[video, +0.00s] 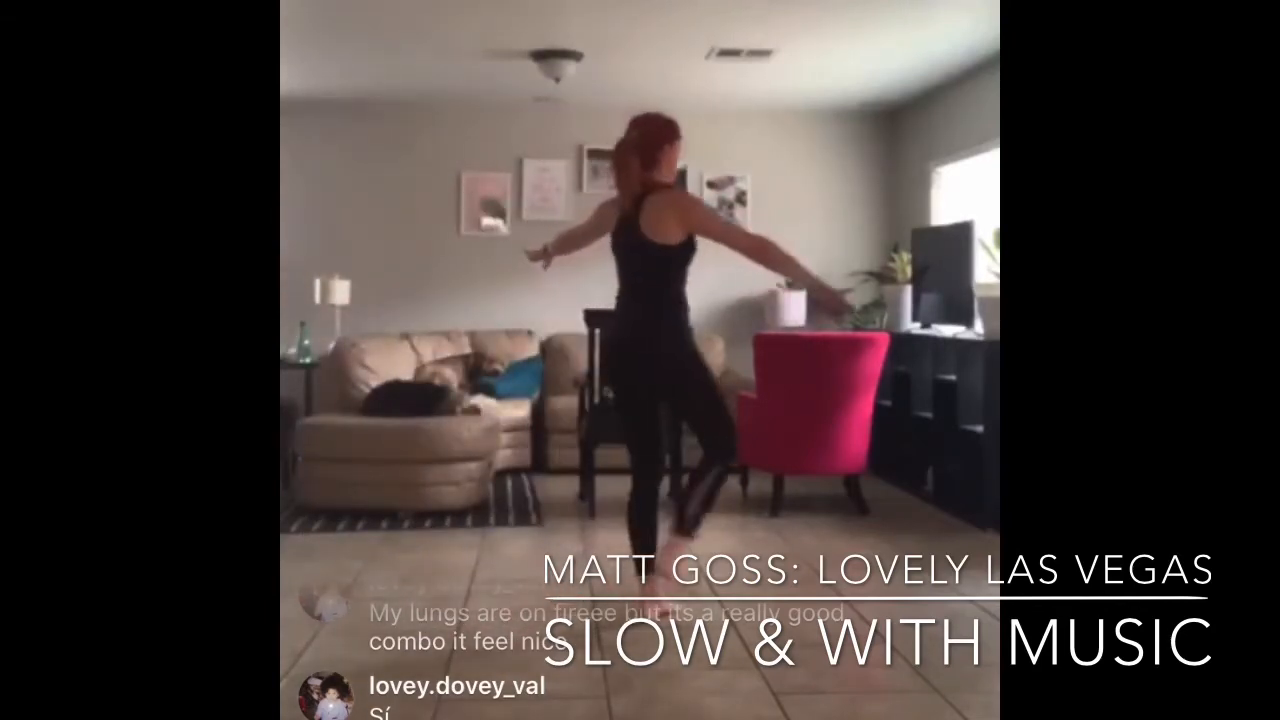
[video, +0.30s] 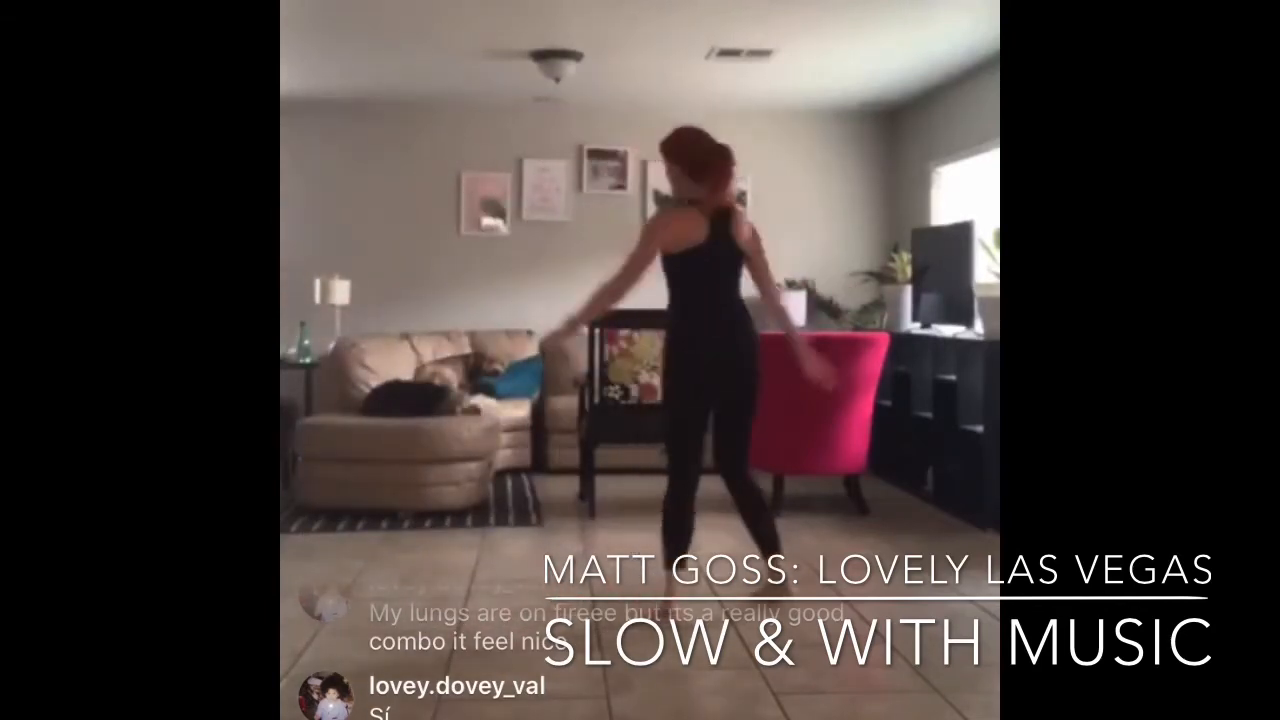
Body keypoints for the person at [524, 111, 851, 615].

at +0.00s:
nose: (680, 156)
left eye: (678, 147)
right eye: (676, 148)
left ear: (637, 154)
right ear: (661, 153)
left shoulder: (619, 206)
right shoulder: (679, 204)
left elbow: (578, 237)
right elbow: (754, 247)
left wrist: (547, 251)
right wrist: (817, 286)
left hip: (624, 348)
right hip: (667, 348)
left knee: (645, 469)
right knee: (721, 449)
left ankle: (651, 589)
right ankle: (671, 556)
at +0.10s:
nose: (686, 161)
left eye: (680, 152)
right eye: (686, 153)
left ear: (643, 154)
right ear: (684, 155)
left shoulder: (624, 207)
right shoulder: (702, 203)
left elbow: (577, 241)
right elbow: (773, 246)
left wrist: (541, 249)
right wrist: (837, 282)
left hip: (641, 348)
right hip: (692, 345)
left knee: (656, 468)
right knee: (729, 441)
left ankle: (651, 584)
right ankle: (734, 552)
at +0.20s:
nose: (674, 172)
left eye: (671, 163)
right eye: (680, 162)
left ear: (659, 162)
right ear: (704, 159)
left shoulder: (639, 212)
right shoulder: (727, 208)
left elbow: (586, 255)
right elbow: (786, 266)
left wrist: (544, 276)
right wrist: (841, 313)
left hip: (659, 347)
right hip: (715, 345)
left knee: (669, 470)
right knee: (732, 456)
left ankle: (654, 584)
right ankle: (766, 557)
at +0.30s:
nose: (664, 176)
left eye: (668, 169)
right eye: (666, 168)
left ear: (682, 174)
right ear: (714, 173)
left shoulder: (665, 226)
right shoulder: (739, 224)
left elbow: (619, 286)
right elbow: (770, 296)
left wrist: (570, 326)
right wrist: (805, 354)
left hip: (689, 358)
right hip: (739, 355)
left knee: (682, 475)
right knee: (735, 467)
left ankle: (673, 586)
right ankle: (776, 567)